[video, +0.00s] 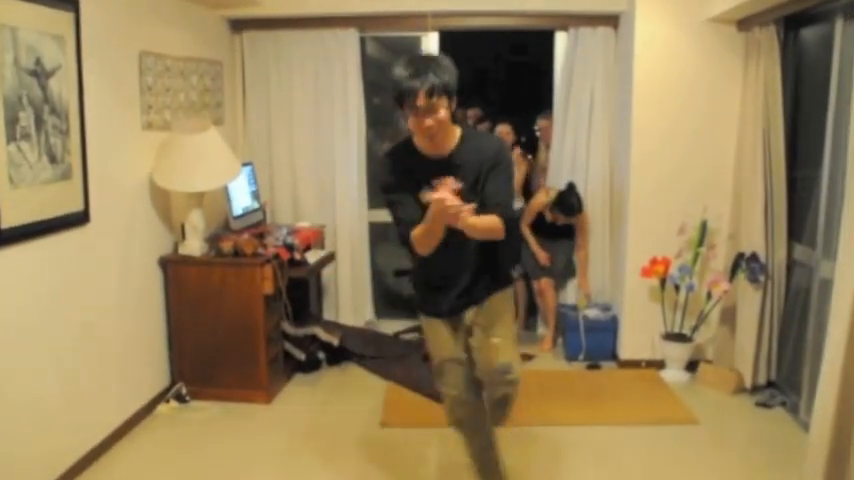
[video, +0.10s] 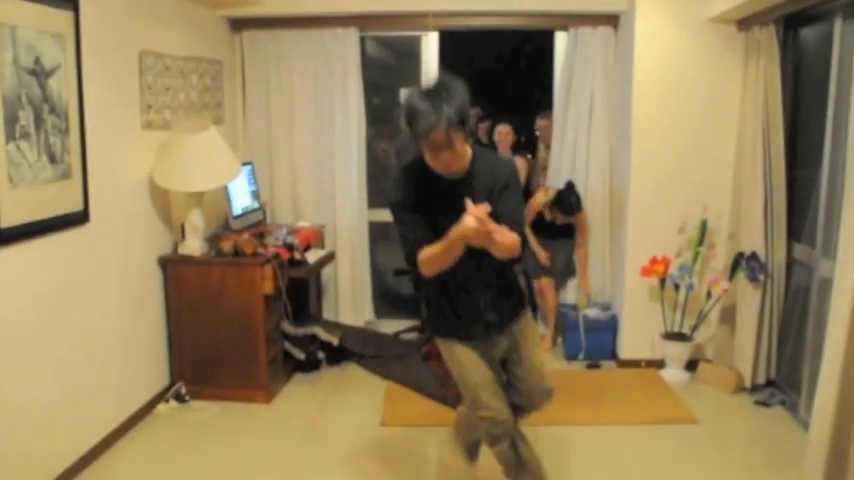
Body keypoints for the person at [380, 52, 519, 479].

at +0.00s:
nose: (425, 121)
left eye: (432, 109)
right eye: (416, 113)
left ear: (451, 104)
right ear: (404, 114)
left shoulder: (489, 150)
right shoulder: (396, 163)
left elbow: (502, 225)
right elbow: (419, 245)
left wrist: (460, 218)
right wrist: (437, 215)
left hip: (490, 284)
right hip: (436, 294)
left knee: (501, 376)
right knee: (459, 398)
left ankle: (485, 431)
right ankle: (491, 475)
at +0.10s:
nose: (445, 157)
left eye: (451, 145)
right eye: (434, 148)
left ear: (467, 132)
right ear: (419, 144)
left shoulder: (499, 169)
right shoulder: (409, 186)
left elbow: (515, 247)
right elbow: (424, 266)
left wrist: (488, 235)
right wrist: (462, 233)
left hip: (509, 309)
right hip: (453, 321)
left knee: (536, 390)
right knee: (496, 417)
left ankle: (471, 425)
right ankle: (526, 475)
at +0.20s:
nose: (457, 165)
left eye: (463, 153)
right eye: (446, 157)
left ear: (474, 140)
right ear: (426, 153)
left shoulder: (505, 177)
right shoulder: (414, 187)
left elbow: (518, 253)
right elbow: (418, 269)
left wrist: (495, 248)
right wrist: (457, 244)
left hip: (506, 319)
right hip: (450, 324)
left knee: (517, 404)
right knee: (491, 417)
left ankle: (466, 454)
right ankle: (522, 473)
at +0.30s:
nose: (445, 148)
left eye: (452, 135)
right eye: (437, 138)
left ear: (475, 129)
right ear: (428, 137)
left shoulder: (509, 176)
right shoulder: (422, 175)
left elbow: (510, 255)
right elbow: (406, 255)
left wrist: (496, 235)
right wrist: (421, 239)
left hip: (493, 303)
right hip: (440, 300)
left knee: (479, 395)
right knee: (449, 396)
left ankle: (456, 470)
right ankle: (496, 471)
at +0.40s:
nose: (443, 125)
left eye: (451, 113)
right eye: (436, 116)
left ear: (479, 111)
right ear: (431, 119)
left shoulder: (511, 174)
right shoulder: (430, 159)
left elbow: (490, 246)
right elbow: (407, 229)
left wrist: (451, 209)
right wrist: (378, 209)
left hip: (475, 296)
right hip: (426, 281)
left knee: (461, 387)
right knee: (401, 359)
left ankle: (457, 458)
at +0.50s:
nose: (438, 116)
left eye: (446, 103)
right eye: (430, 107)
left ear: (472, 100)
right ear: (424, 110)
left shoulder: (501, 161)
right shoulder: (424, 147)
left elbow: (468, 234)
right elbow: (414, 217)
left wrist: (402, 213)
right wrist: (377, 204)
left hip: (465, 292)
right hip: (419, 272)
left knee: (444, 385)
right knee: (378, 344)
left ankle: (437, 457)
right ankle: (412, 374)